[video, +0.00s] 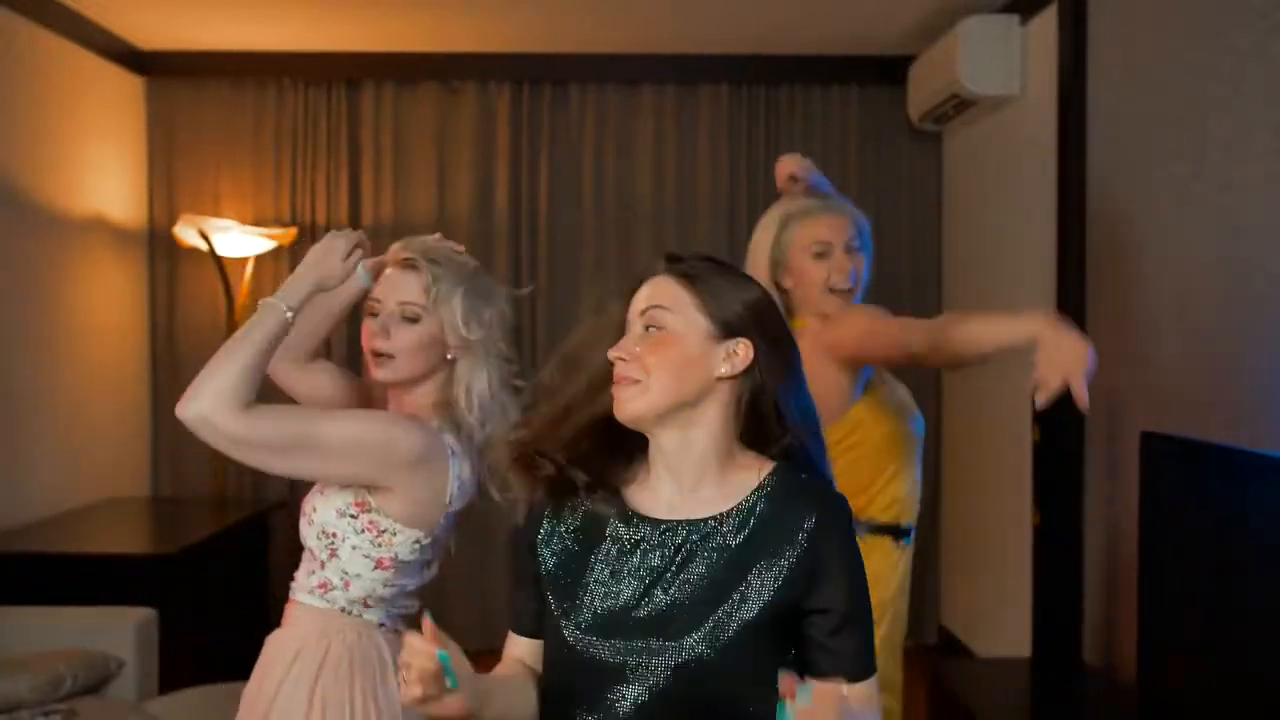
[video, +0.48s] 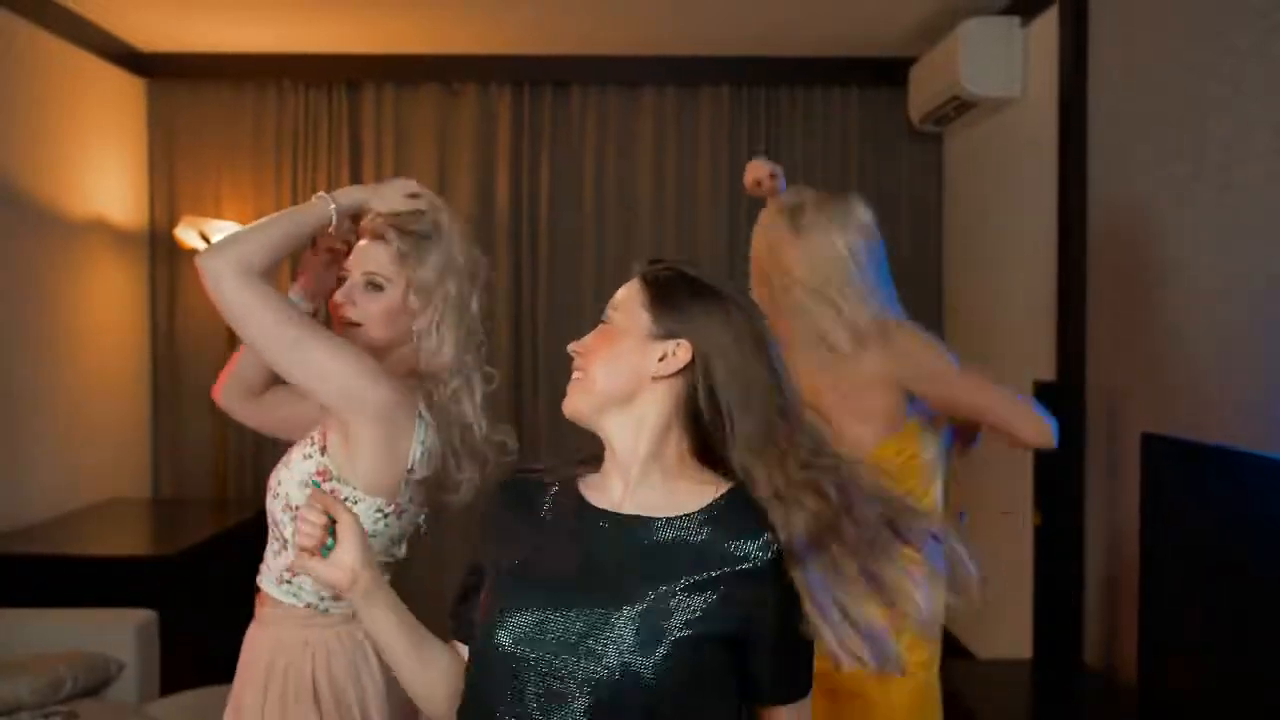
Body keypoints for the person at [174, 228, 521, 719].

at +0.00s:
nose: (378, 332)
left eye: (409, 318)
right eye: (374, 312)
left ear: (458, 339)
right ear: (362, 316)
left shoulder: (412, 445)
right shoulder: (407, 419)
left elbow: (207, 410)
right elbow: (287, 361)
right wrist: (357, 282)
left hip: (335, 663)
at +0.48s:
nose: (342, 300)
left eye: (374, 286)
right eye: (345, 280)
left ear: (429, 307)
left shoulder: (381, 399)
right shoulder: (363, 408)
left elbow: (223, 265)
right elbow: (239, 393)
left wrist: (341, 202)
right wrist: (303, 298)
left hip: (310, 650)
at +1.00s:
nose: (324, 287)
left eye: (358, 279)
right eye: (324, 268)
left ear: (401, 313)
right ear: (312, 274)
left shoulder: (320, 384)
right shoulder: (403, 397)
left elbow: (332, 573)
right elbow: (314, 567)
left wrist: (192, 611)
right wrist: (186, 574)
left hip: (304, 672)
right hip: (376, 669)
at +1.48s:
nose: (277, 307)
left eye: (303, 288)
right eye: (272, 289)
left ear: (366, 304)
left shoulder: (307, 419)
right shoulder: (413, 425)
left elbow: (161, 581)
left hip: (245, 688)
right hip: (343, 689)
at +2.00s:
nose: (295, 302)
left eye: (321, 282)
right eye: (288, 284)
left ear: (381, 295)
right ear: (279, 289)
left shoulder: (304, 369)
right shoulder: (403, 387)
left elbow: (238, 575)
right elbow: (336, 557)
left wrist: (122, 706)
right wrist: (223, 543)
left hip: (267, 655)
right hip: (355, 650)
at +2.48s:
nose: (293, 286)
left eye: (323, 267)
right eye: (292, 268)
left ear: (384, 287)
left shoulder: (309, 377)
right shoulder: (405, 385)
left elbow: (199, 567)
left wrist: (72, 703)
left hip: (246, 647)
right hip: (339, 639)